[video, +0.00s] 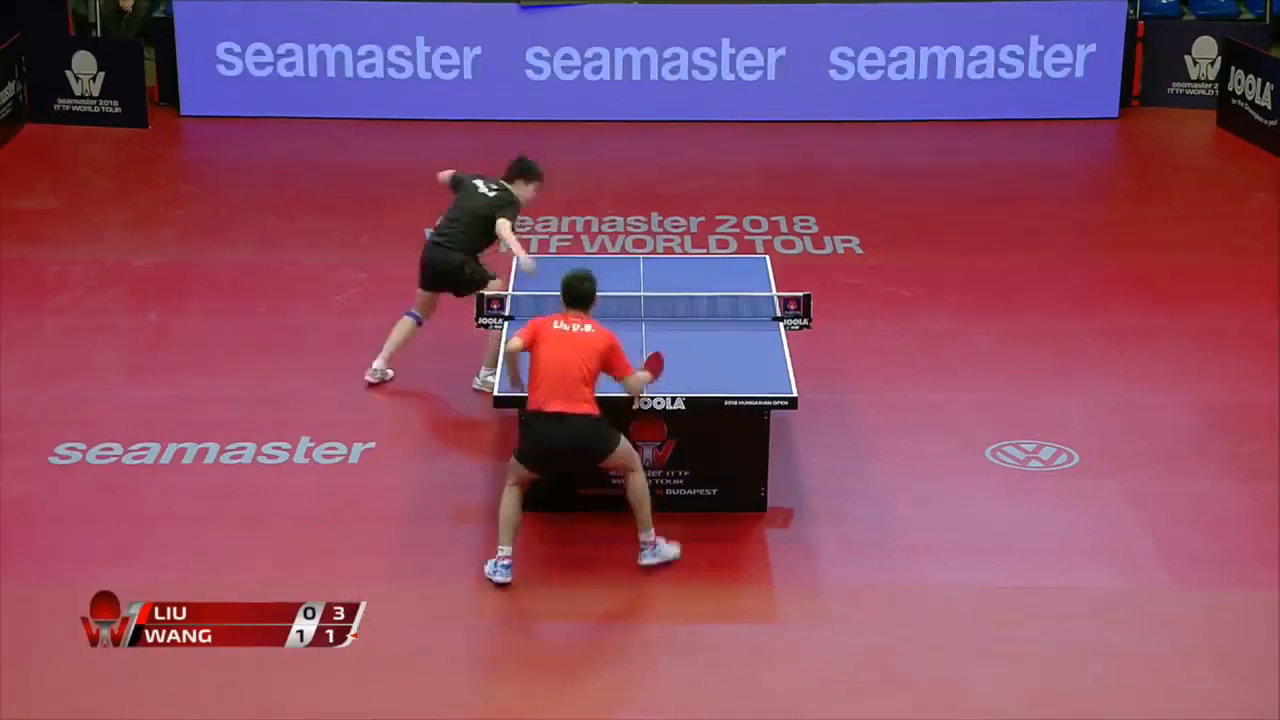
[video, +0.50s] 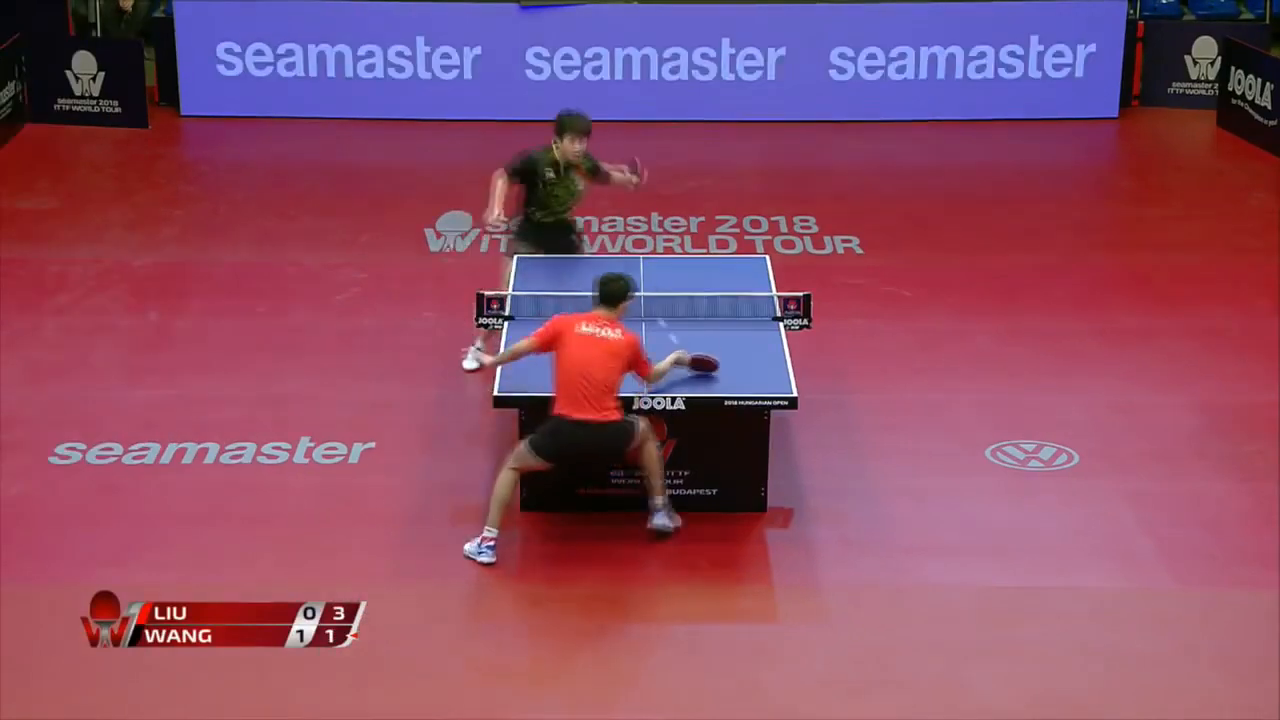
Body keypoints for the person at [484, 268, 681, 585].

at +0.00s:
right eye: (592, 297)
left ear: (562, 299)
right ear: (593, 301)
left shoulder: (540, 325)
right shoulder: (602, 336)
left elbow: (511, 347)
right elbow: (632, 386)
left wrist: (516, 382)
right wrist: (644, 375)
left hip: (540, 425)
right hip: (585, 425)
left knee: (515, 483)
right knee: (632, 466)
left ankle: (503, 561)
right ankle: (649, 544)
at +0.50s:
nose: (628, 306)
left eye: (627, 300)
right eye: (628, 301)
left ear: (596, 298)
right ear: (623, 303)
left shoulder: (564, 324)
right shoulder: (628, 340)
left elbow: (521, 349)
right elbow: (652, 377)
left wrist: (491, 360)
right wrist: (674, 359)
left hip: (564, 429)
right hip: (609, 432)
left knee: (512, 465)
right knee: (645, 432)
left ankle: (486, 542)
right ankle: (660, 512)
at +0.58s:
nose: (646, 306)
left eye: (645, 299)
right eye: (646, 300)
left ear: (615, 294)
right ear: (638, 301)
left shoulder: (584, 320)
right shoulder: (644, 335)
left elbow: (547, 348)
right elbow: (659, 367)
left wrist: (506, 360)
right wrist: (676, 349)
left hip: (582, 423)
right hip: (626, 425)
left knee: (525, 469)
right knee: (656, 441)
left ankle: (485, 540)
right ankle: (679, 505)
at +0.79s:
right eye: (663, 303)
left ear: (632, 303)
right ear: (662, 309)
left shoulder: (622, 326)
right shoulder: (667, 340)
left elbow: (602, 344)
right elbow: (663, 370)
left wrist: (556, 358)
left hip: (629, 427)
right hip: (667, 428)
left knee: (562, 470)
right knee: (674, 452)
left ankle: (535, 550)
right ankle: (698, 513)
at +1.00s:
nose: (610, 306)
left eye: (612, 302)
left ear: (614, 306)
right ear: (645, 308)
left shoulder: (607, 335)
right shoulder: (665, 341)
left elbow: (610, 370)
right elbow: (690, 382)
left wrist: (573, 408)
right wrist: (658, 368)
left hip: (625, 434)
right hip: (668, 432)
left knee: (564, 488)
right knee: (684, 466)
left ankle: (538, 564)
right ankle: (720, 538)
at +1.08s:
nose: (604, 326)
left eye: (604, 321)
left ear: (604, 324)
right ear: (634, 324)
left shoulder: (598, 357)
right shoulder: (661, 359)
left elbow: (595, 396)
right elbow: (693, 400)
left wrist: (553, 429)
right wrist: (683, 389)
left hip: (618, 456)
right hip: (663, 455)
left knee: (557, 504)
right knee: (684, 480)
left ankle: (533, 583)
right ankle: (722, 543)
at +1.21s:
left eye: (594, 327)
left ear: (592, 332)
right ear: (626, 332)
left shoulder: (576, 364)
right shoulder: (645, 369)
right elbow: (685, 408)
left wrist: (530, 403)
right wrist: (655, 397)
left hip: (592, 464)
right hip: (641, 463)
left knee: (532, 498)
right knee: (683, 495)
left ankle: (526, 583)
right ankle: (723, 548)